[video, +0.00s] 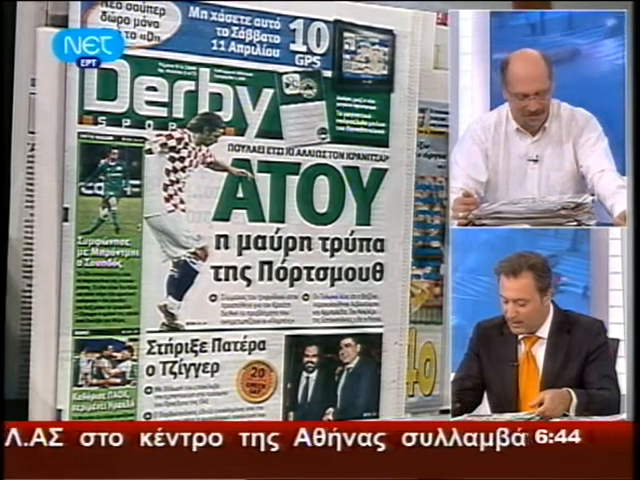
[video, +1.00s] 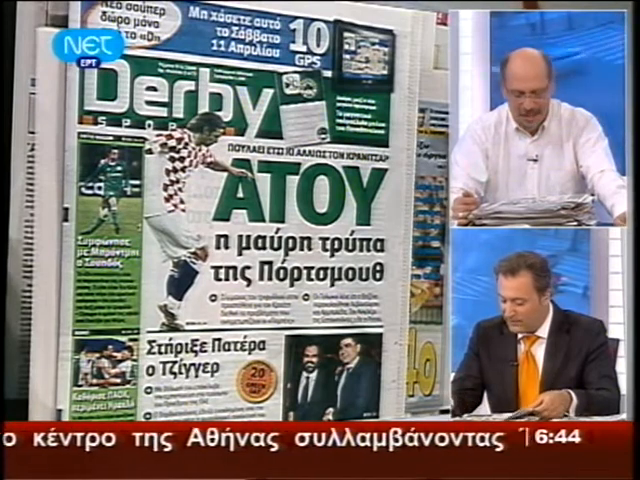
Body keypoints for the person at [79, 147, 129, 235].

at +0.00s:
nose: (115, 156)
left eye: (116, 154)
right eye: (113, 154)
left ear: (118, 155)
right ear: (109, 155)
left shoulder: (122, 165)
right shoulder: (104, 165)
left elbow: (126, 176)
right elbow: (95, 175)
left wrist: (128, 187)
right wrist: (85, 182)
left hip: (118, 190)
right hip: (108, 189)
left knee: (105, 213)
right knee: (113, 205)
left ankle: (91, 230)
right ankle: (116, 226)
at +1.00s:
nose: (115, 156)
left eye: (116, 154)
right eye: (113, 154)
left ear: (118, 155)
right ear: (109, 154)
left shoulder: (122, 165)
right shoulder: (104, 165)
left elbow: (126, 176)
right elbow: (95, 174)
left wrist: (127, 186)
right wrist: (85, 182)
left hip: (118, 190)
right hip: (108, 189)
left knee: (105, 213)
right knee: (113, 206)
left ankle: (91, 230)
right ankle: (116, 226)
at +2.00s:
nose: (115, 156)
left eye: (116, 154)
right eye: (113, 154)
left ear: (118, 155)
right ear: (109, 154)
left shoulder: (122, 165)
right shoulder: (104, 165)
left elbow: (126, 176)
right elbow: (95, 174)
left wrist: (128, 187)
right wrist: (85, 182)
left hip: (118, 190)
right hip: (108, 189)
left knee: (105, 213)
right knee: (113, 205)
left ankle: (91, 230)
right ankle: (116, 226)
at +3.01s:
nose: (115, 156)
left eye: (116, 154)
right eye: (113, 154)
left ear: (118, 155)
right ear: (109, 154)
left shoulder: (122, 165)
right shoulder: (104, 165)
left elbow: (126, 177)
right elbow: (95, 175)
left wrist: (127, 187)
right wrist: (85, 182)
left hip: (118, 190)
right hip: (108, 189)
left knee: (105, 213)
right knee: (113, 205)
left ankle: (91, 230)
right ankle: (116, 225)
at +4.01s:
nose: (115, 156)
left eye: (116, 154)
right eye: (113, 154)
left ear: (118, 155)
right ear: (109, 154)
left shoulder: (122, 165)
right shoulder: (104, 165)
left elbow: (126, 177)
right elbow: (95, 174)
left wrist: (127, 187)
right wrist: (86, 182)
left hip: (118, 190)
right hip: (108, 189)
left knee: (105, 213)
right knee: (113, 205)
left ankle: (91, 230)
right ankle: (116, 225)